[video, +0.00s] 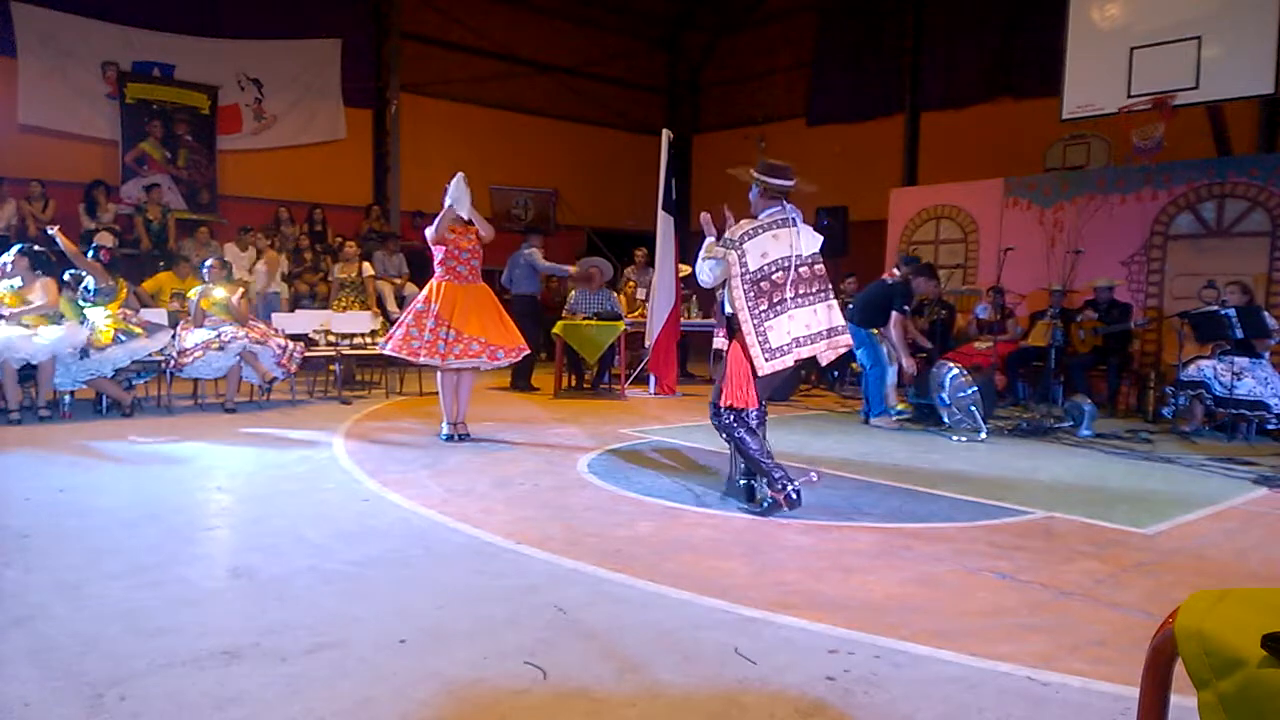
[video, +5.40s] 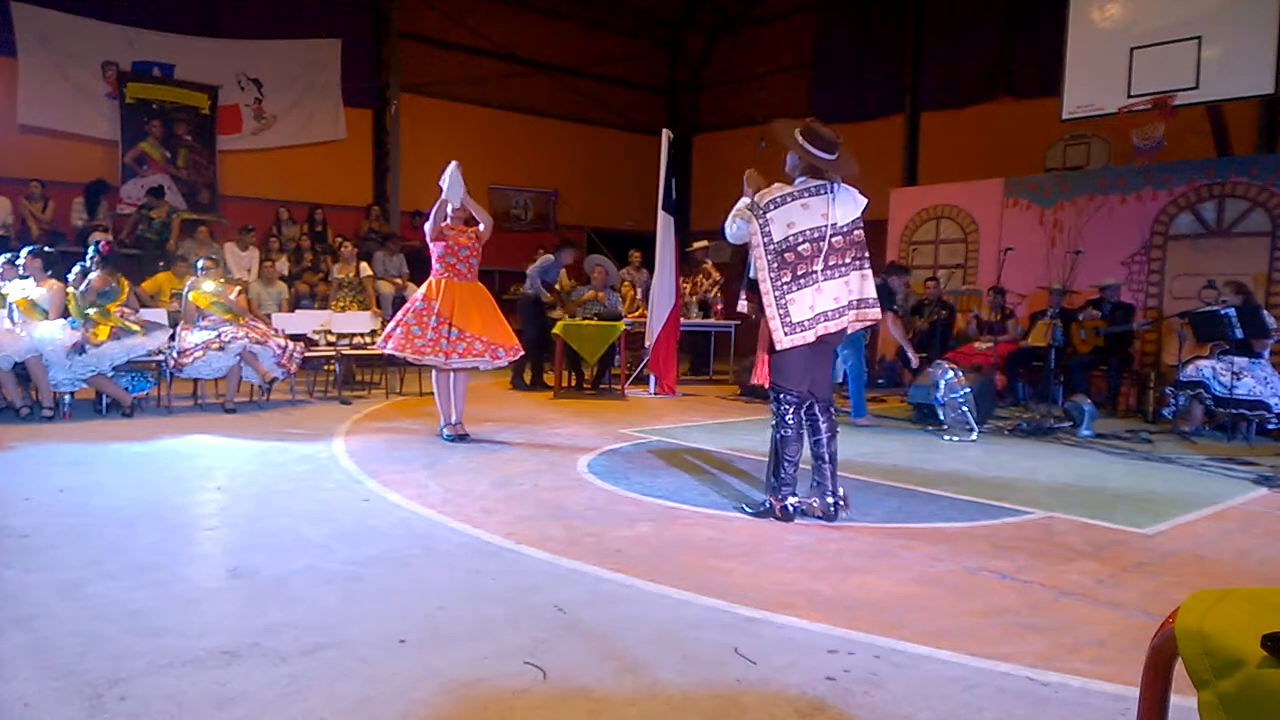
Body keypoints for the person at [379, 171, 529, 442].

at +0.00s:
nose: (457, 207)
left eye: (460, 204)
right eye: (452, 202)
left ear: (466, 207)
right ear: (445, 205)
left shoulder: (475, 232)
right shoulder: (436, 232)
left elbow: (489, 234)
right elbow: (436, 234)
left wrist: (469, 210)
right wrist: (450, 205)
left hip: (473, 297)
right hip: (446, 296)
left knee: (468, 363)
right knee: (447, 363)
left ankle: (461, 420)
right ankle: (447, 420)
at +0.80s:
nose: (450, 206)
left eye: (456, 202)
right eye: (446, 202)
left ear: (465, 206)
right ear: (440, 207)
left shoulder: (475, 232)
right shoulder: (437, 235)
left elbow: (504, 251)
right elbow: (455, 248)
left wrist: (494, 221)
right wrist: (481, 228)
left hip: (472, 299)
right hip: (446, 299)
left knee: (468, 365)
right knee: (447, 364)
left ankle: (461, 421)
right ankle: (447, 422)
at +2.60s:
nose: (462, 207)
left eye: (466, 202)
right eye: (457, 202)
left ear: (469, 203)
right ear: (450, 200)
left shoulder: (479, 233)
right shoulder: (438, 229)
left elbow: (487, 236)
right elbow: (442, 228)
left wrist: (472, 205)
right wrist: (451, 202)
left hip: (469, 297)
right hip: (443, 296)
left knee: (462, 365)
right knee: (442, 364)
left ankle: (458, 421)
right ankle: (446, 422)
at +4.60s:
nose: (463, 208)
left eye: (468, 204)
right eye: (459, 205)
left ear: (474, 209)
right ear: (452, 209)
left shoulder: (481, 237)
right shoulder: (441, 233)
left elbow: (481, 226)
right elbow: (436, 223)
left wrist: (462, 201)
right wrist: (445, 197)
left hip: (470, 296)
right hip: (443, 294)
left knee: (463, 364)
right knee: (443, 363)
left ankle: (459, 421)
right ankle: (446, 422)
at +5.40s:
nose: (456, 207)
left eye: (461, 204)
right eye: (452, 204)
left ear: (468, 210)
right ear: (444, 208)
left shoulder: (476, 236)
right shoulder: (437, 233)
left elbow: (487, 222)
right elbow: (433, 225)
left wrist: (466, 198)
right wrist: (444, 198)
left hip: (468, 296)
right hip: (441, 295)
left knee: (461, 364)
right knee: (442, 364)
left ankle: (458, 421)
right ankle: (445, 421)